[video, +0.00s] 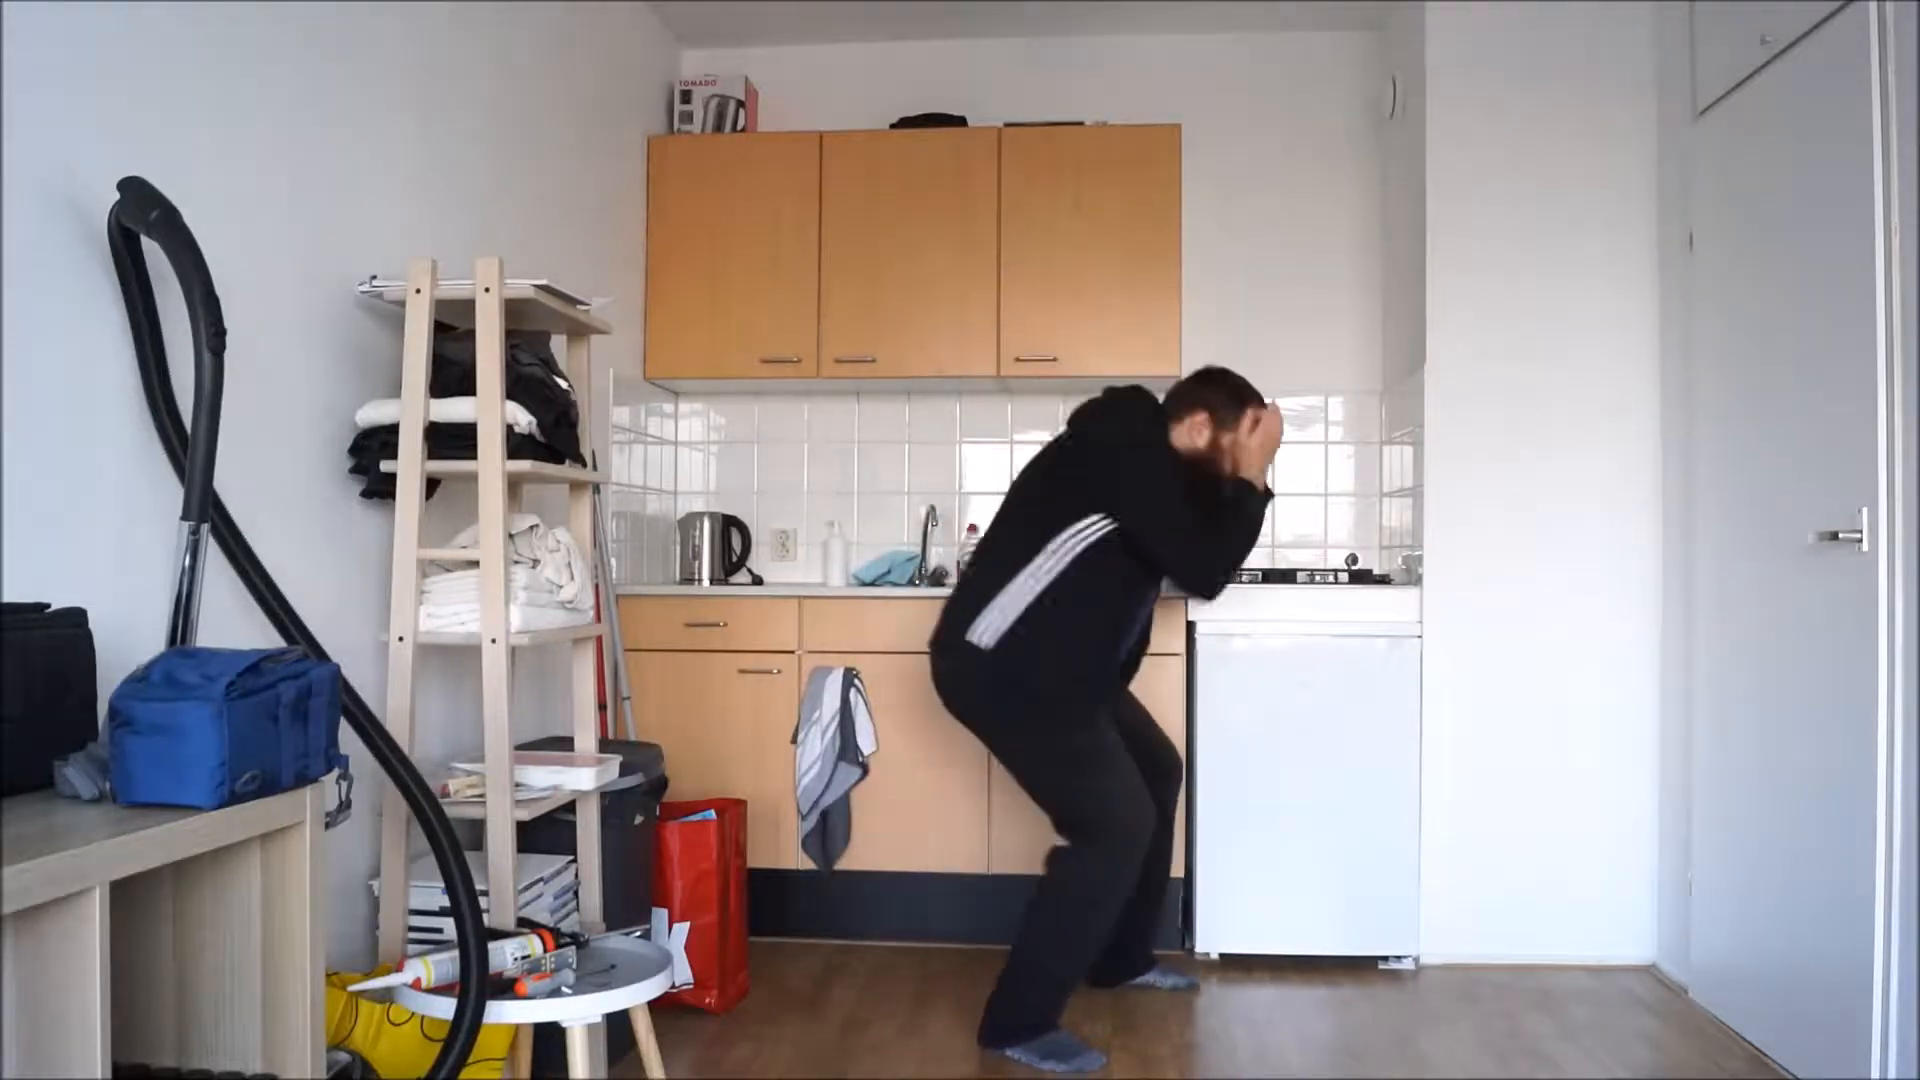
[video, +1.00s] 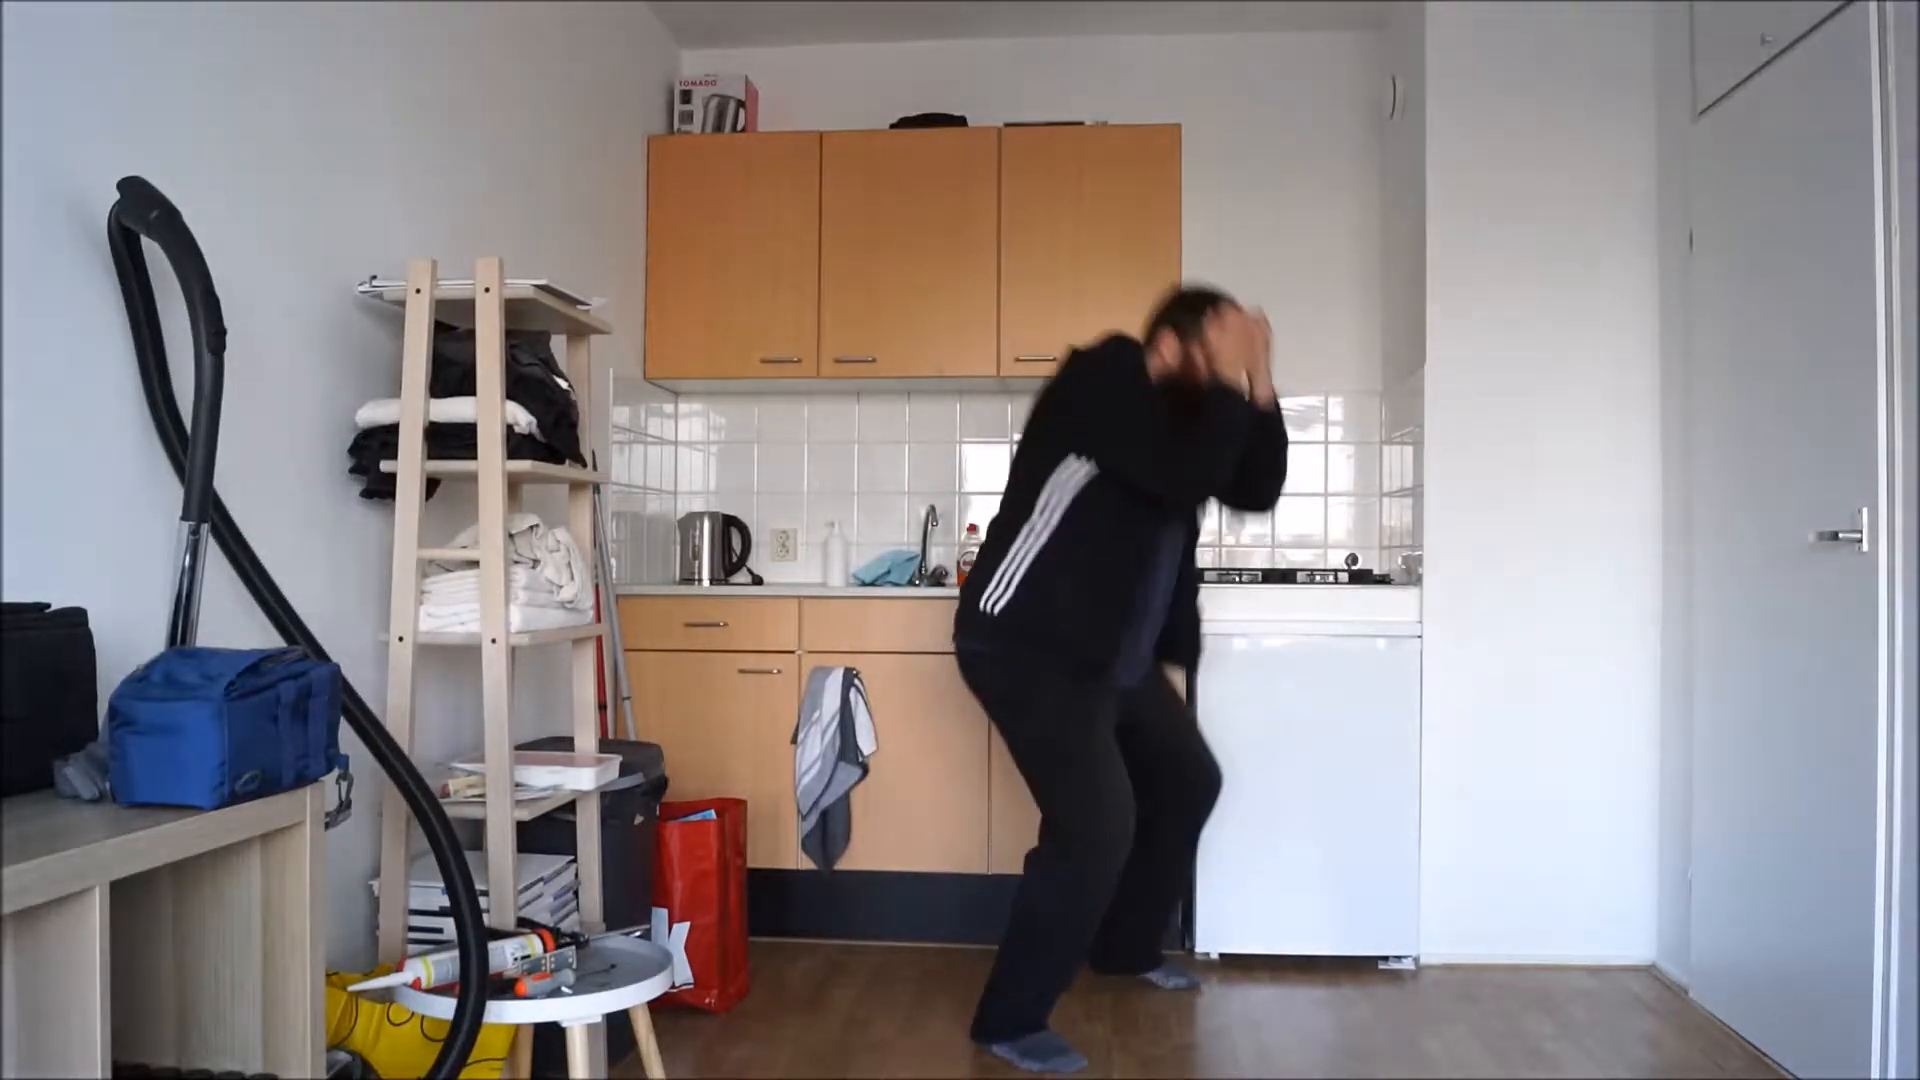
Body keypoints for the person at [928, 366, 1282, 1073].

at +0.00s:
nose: (1230, 464)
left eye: (1236, 454)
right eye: (1233, 450)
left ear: (1193, 423)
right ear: (1199, 425)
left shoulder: (1148, 447)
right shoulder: (1126, 439)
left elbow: (1199, 561)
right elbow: (1203, 568)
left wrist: (1232, 482)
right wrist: (1249, 479)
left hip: (1060, 665)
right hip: (1001, 667)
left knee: (1158, 776)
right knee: (1118, 824)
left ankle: (1120, 960)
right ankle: (1017, 1026)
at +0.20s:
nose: (1219, 361)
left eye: (1217, 348)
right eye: (1215, 347)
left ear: (1161, 328)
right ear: (1183, 336)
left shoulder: (1129, 375)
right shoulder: (1125, 370)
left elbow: (1219, 459)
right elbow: (1235, 457)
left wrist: (1222, 380)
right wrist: (1239, 373)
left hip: (1079, 625)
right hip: (1045, 628)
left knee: (1152, 768)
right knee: (1117, 810)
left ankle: (1119, 956)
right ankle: (1025, 1016)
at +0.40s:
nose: (1199, 313)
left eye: (1199, 299)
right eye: (1195, 298)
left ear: (1135, 289)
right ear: (1158, 292)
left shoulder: (1102, 343)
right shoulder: (1130, 343)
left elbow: (1218, 420)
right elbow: (1247, 405)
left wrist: (1207, 328)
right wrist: (1218, 316)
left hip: (1092, 608)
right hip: (1069, 610)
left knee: (1149, 775)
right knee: (1104, 801)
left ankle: (1119, 956)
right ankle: (1028, 1017)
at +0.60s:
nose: (1238, 394)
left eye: (1242, 384)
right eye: (1238, 381)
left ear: (1193, 353)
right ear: (1206, 359)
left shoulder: (1159, 392)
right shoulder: (1150, 380)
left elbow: (1223, 494)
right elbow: (1249, 487)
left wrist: (1246, 411)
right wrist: (1261, 405)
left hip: (1072, 626)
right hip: (1027, 622)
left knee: (1148, 769)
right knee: (1110, 799)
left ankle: (1119, 958)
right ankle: (1014, 1015)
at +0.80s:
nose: (1259, 463)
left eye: (1261, 452)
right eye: (1259, 448)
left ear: (1216, 425)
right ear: (1224, 427)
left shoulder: (1177, 457)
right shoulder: (1155, 443)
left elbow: (1221, 568)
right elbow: (1226, 574)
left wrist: (1248, 486)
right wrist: (1273, 483)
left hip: (1078, 667)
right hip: (1007, 662)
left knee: (1165, 782)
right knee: (1107, 828)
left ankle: (1119, 960)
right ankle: (1007, 1025)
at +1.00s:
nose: (1231, 372)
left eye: (1234, 362)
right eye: (1221, 358)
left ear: (1179, 354)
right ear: (1172, 344)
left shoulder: (1178, 410)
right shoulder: (1102, 377)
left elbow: (1258, 491)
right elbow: (1179, 476)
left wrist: (1261, 387)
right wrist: (1226, 385)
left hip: (1109, 654)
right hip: (1024, 645)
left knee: (1188, 780)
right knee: (1094, 822)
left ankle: (1126, 951)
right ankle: (1007, 1025)